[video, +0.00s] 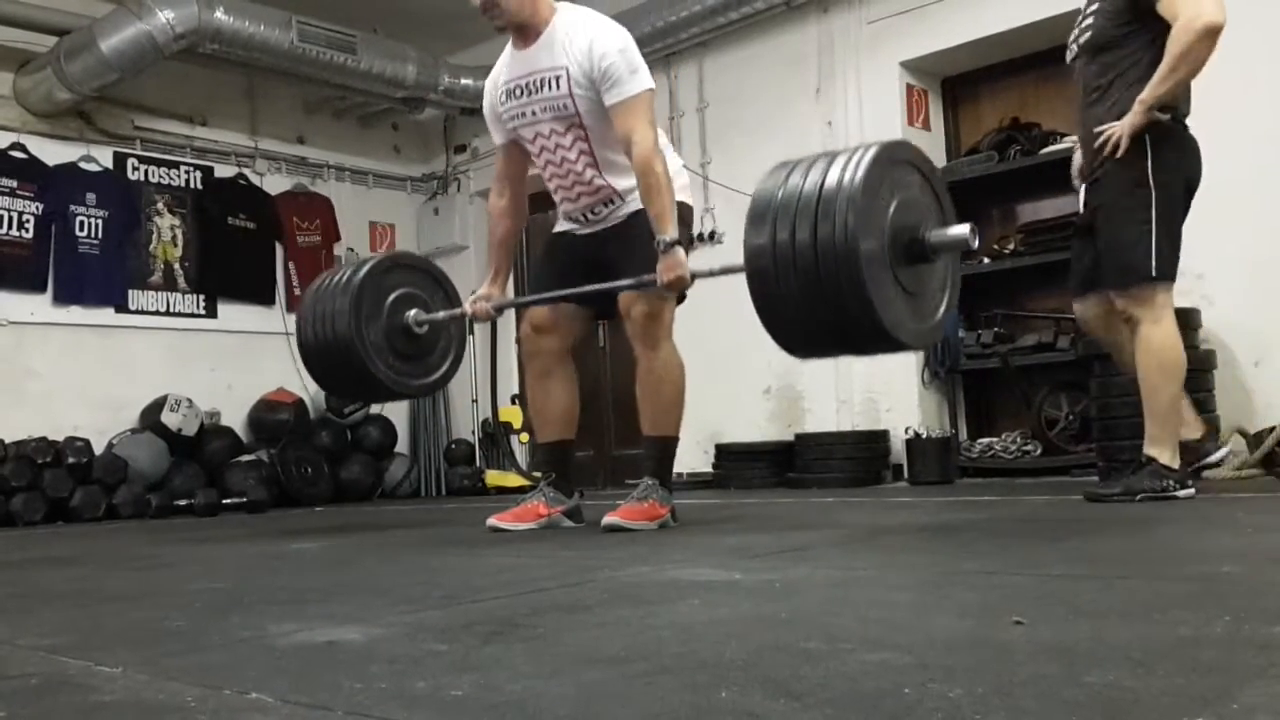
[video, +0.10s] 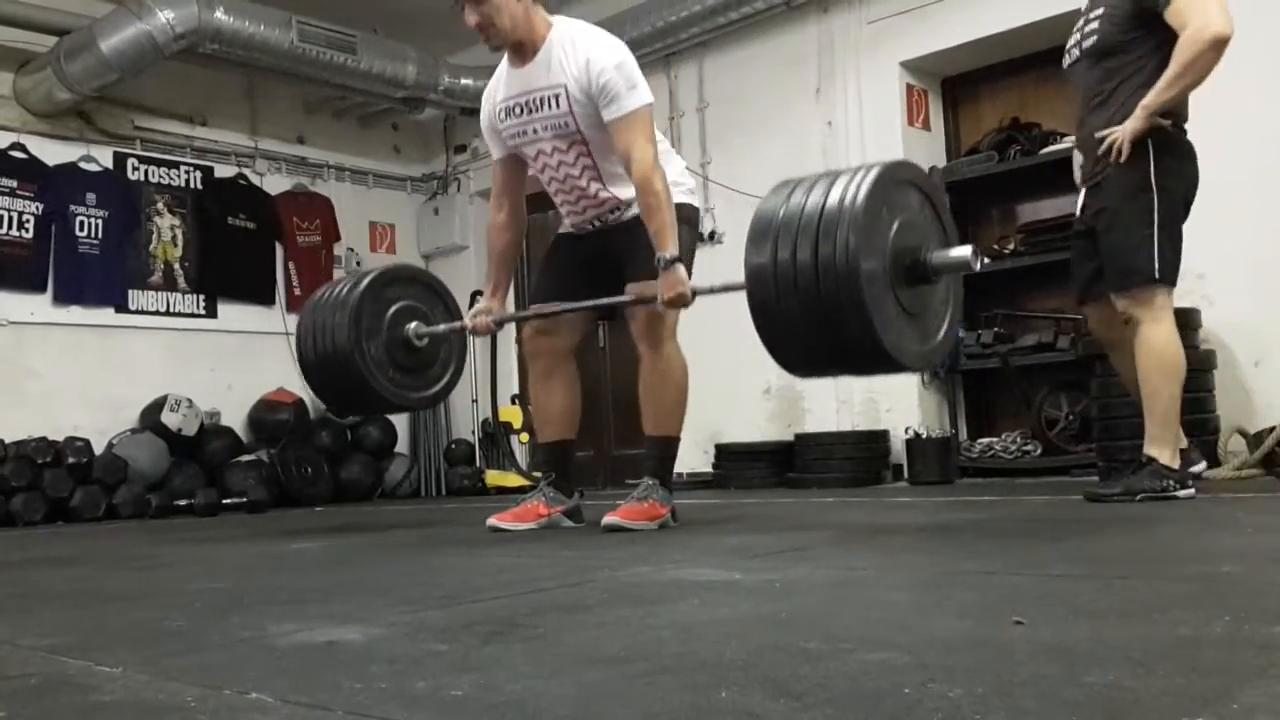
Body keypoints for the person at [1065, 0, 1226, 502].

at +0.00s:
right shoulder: (1091, 11)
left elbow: (1203, 19)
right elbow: (1102, 81)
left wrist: (1141, 110)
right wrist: (1086, 146)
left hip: (1146, 148)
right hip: (1110, 159)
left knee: (1145, 300)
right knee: (1095, 306)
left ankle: (1163, 463)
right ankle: (1192, 435)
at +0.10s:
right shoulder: (1090, 12)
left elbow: (1211, 28)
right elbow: (1109, 81)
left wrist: (1143, 112)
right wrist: (1090, 143)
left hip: (1144, 158)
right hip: (1102, 168)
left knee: (1144, 301)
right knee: (1104, 313)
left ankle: (1164, 463)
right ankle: (1176, 446)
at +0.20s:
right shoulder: (1091, 15)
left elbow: (1215, 42)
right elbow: (1095, 89)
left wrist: (1149, 124)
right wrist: (1079, 143)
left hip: (1150, 163)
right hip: (1108, 173)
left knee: (1147, 304)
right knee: (1126, 309)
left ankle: (1162, 462)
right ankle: (1182, 454)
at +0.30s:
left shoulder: (1160, 2)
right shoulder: (1086, 34)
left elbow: (1220, 54)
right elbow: (1073, 107)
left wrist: (1157, 139)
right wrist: (1071, 148)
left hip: (1156, 173)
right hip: (1113, 183)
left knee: (1152, 308)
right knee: (1137, 312)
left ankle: (1163, 460)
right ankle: (1185, 456)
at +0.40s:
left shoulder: (1163, 4)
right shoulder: (1084, 43)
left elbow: (1229, 61)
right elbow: (1067, 119)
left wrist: (1172, 145)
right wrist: (1069, 156)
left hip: (1163, 180)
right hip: (1112, 190)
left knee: (1160, 307)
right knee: (1143, 318)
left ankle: (1172, 449)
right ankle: (1184, 455)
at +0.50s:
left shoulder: (1168, 6)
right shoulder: (1084, 46)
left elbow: (1243, 61)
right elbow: (1066, 122)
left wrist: (1185, 146)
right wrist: (1073, 159)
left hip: (1170, 183)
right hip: (1114, 195)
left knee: (1178, 307)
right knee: (1145, 322)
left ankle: (1201, 454)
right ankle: (1179, 457)